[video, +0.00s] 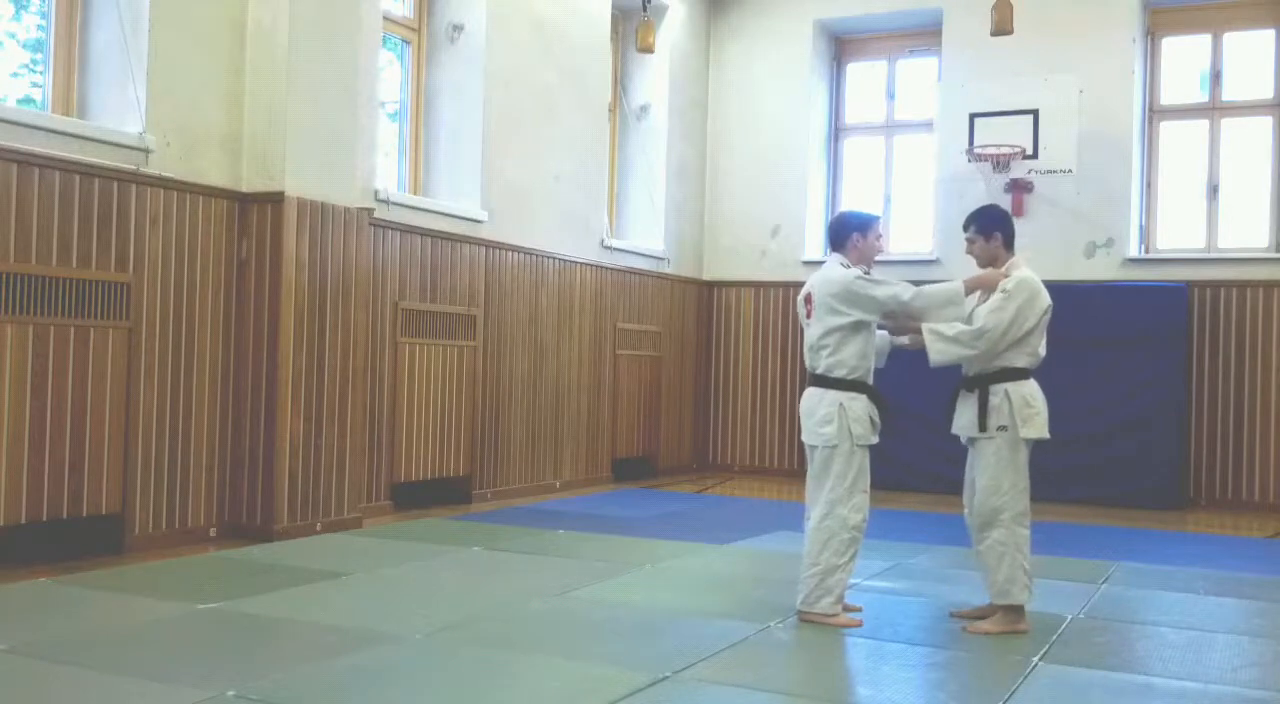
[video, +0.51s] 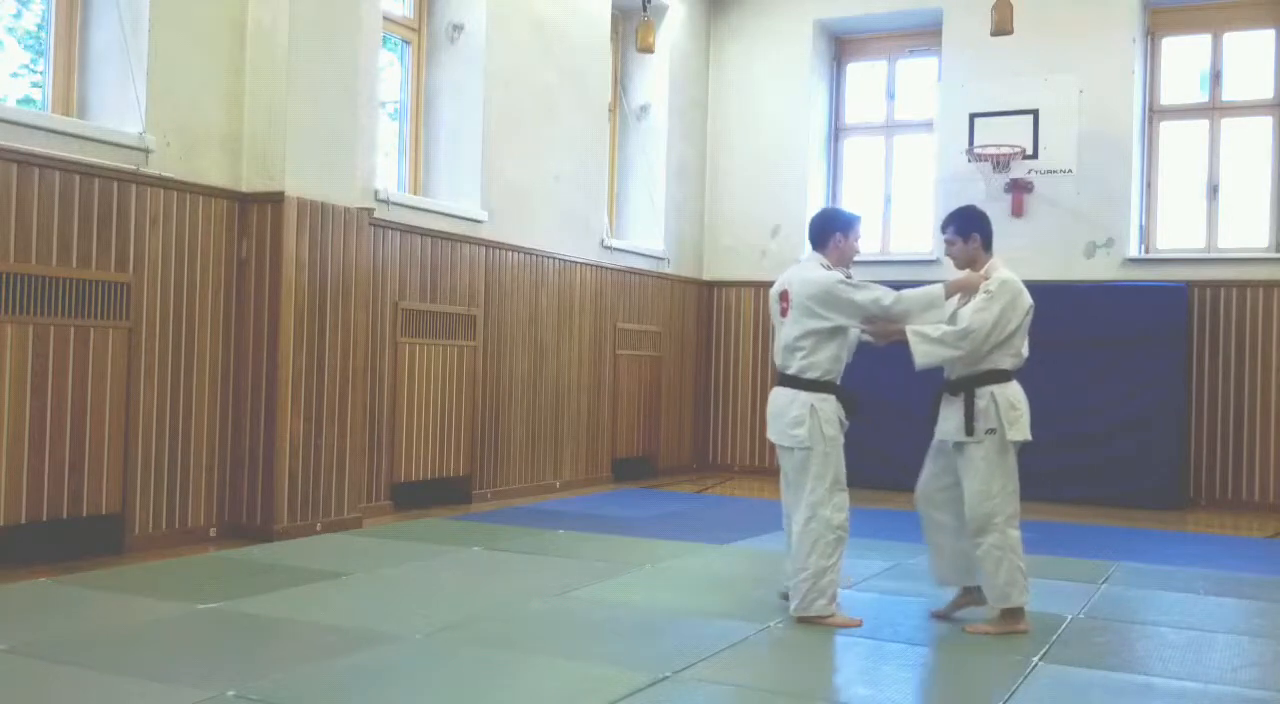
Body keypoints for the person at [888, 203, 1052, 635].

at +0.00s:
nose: (970, 253)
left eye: (973, 244)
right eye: (967, 245)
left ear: (997, 239)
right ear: (995, 241)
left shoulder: (1023, 285)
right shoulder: (999, 285)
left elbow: (981, 337)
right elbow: (972, 331)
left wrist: (917, 335)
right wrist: (913, 329)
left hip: (1006, 406)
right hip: (985, 405)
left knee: (1000, 507)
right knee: (982, 506)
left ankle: (1012, 610)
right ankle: (1000, 600)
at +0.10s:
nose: (967, 252)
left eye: (971, 243)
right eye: (965, 244)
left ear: (996, 239)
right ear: (993, 242)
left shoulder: (1021, 284)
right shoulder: (996, 285)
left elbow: (980, 336)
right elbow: (969, 330)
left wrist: (918, 335)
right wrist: (911, 327)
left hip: (1005, 405)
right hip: (983, 405)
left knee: (999, 508)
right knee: (980, 507)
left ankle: (1012, 610)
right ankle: (999, 600)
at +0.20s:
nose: (965, 252)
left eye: (969, 242)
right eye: (963, 244)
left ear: (993, 239)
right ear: (990, 241)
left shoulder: (1019, 285)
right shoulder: (993, 285)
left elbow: (979, 335)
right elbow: (968, 329)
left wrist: (917, 335)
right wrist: (913, 328)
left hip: (1002, 406)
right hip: (980, 405)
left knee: (997, 508)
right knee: (978, 507)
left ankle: (1012, 610)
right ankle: (999, 600)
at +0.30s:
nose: (961, 252)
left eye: (965, 243)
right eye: (959, 244)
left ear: (989, 239)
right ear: (985, 242)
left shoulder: (1016, 285)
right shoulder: (989, 285)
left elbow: (976, 335)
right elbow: (964, 328)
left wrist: (913, 335)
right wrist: (907, 328)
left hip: (1000, 407)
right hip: (976, 406)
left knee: (996, 510)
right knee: (973, 510)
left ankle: (1012, 611)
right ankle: (997, 600)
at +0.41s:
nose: (958, 254)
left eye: (961, 244)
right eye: (956, 246)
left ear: (986, 240)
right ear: (982, 242)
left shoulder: (1014, 285)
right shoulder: (983, 286)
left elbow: (975, 336)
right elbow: (960, 328)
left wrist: (910, 335)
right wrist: (903, 328)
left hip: (998, 407)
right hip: (969, 406)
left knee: (995, 509)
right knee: (960, 505)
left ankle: (1011, 610)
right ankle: (993, 596)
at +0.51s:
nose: (947, 254)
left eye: (951, 244)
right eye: (946, 246)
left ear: (976, 240)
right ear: (972, 243)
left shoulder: (1005, 285)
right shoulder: (970, 287)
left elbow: (968, 335)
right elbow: (949, 328)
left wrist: (903, 334)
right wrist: (896, 328)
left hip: (990, 406)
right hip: (957, 406)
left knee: (991, 510)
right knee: (933, 495)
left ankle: (1012, 611)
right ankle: (969, 588)